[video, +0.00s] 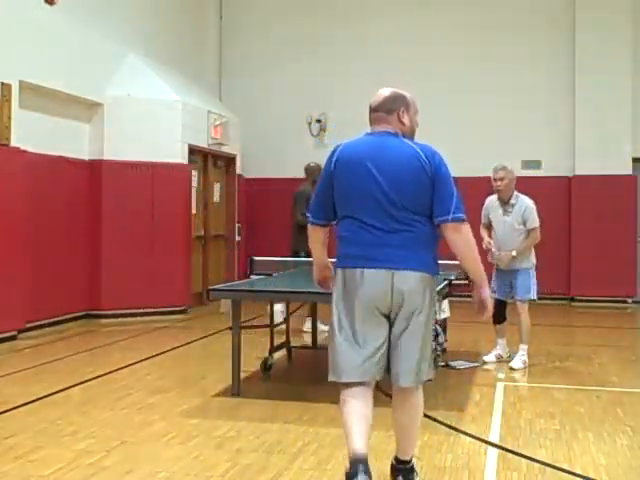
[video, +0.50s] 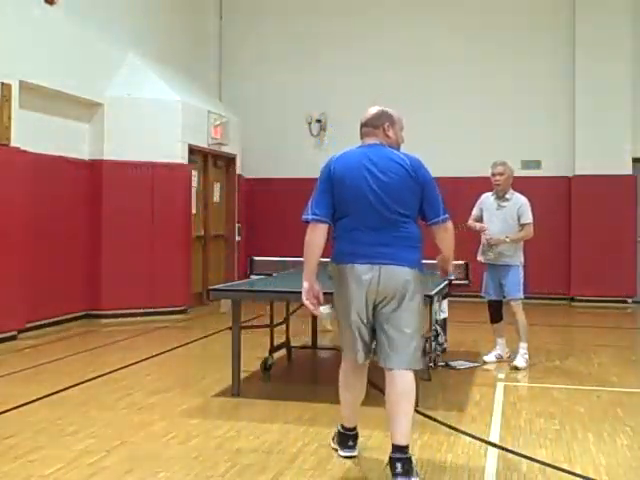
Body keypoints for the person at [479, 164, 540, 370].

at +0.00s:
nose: (497, 184)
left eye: (501, 180)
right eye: (495, 180)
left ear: (512, 180)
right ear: (492, 183)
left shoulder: (526, 205)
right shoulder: (490, 203)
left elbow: (535, 235)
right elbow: (484, 225)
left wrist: (513, 253)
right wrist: (486, 238)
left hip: (522, 264)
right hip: (500, 263)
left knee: (521, 306)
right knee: (498, 306)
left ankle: (523, 351)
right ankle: (501, 348)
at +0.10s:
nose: (498, 181)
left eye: (503, 177)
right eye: (496, 177)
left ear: (514, 178)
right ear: (494, 180)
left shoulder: (525, 203)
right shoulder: (490, 201)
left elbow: (534, 234)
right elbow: (482, 222)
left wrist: (512, 249)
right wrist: (483, 234)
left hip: (520, 263)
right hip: (497, 261)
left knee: (520, 304)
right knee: (497, 304)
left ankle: (522, 351)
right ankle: (501, 347)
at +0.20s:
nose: (498, 179)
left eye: (503, 175)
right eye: (496, 176)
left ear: (514, 178)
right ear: (494, 178)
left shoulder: (524, 202)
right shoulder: (489, 200)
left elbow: (532, 233)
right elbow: (479, 222)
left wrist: (509, 245)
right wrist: (483, 233)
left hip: (517, 263)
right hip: (494, 262)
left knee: (518, 303)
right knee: (496, 304)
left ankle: (522, 351)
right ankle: (501, 348)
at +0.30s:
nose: (498, 179)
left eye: (502, 175)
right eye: (495, 175)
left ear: (512, 178)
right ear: (493, 178)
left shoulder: (523, 202)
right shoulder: (487, 200)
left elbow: (530, 232)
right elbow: (476, 222)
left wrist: (505, 242)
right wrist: (480, 230)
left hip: (514, 262)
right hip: (492, 261)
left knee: (516, 303)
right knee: (495, 304)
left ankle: (522, 351)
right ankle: (500, 348)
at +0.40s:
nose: (496, 179)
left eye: (501, 175)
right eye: (494, 175)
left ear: (511, 177)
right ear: (491, 177)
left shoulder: (521, 202)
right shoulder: (485, 199)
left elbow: (528, 232)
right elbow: (472, 223)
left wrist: (503, 240)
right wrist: (480, 229)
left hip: (513, 262)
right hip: (492, 261)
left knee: (515, 303)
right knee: (494, 305)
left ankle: (522, 351)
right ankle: (500, 347)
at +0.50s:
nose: (496, 179)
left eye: (500, 175)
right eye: (493, 175)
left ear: (511, 177)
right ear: (490, 178)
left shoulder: (521, 202)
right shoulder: (484, 200)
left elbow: (528, 232)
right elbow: (471, 221)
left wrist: (504, 239)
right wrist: (479, 226)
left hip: (512, 262)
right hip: (491, 261)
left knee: (515, 304)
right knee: (493, 305)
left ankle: (523, 349)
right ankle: (500, 347)